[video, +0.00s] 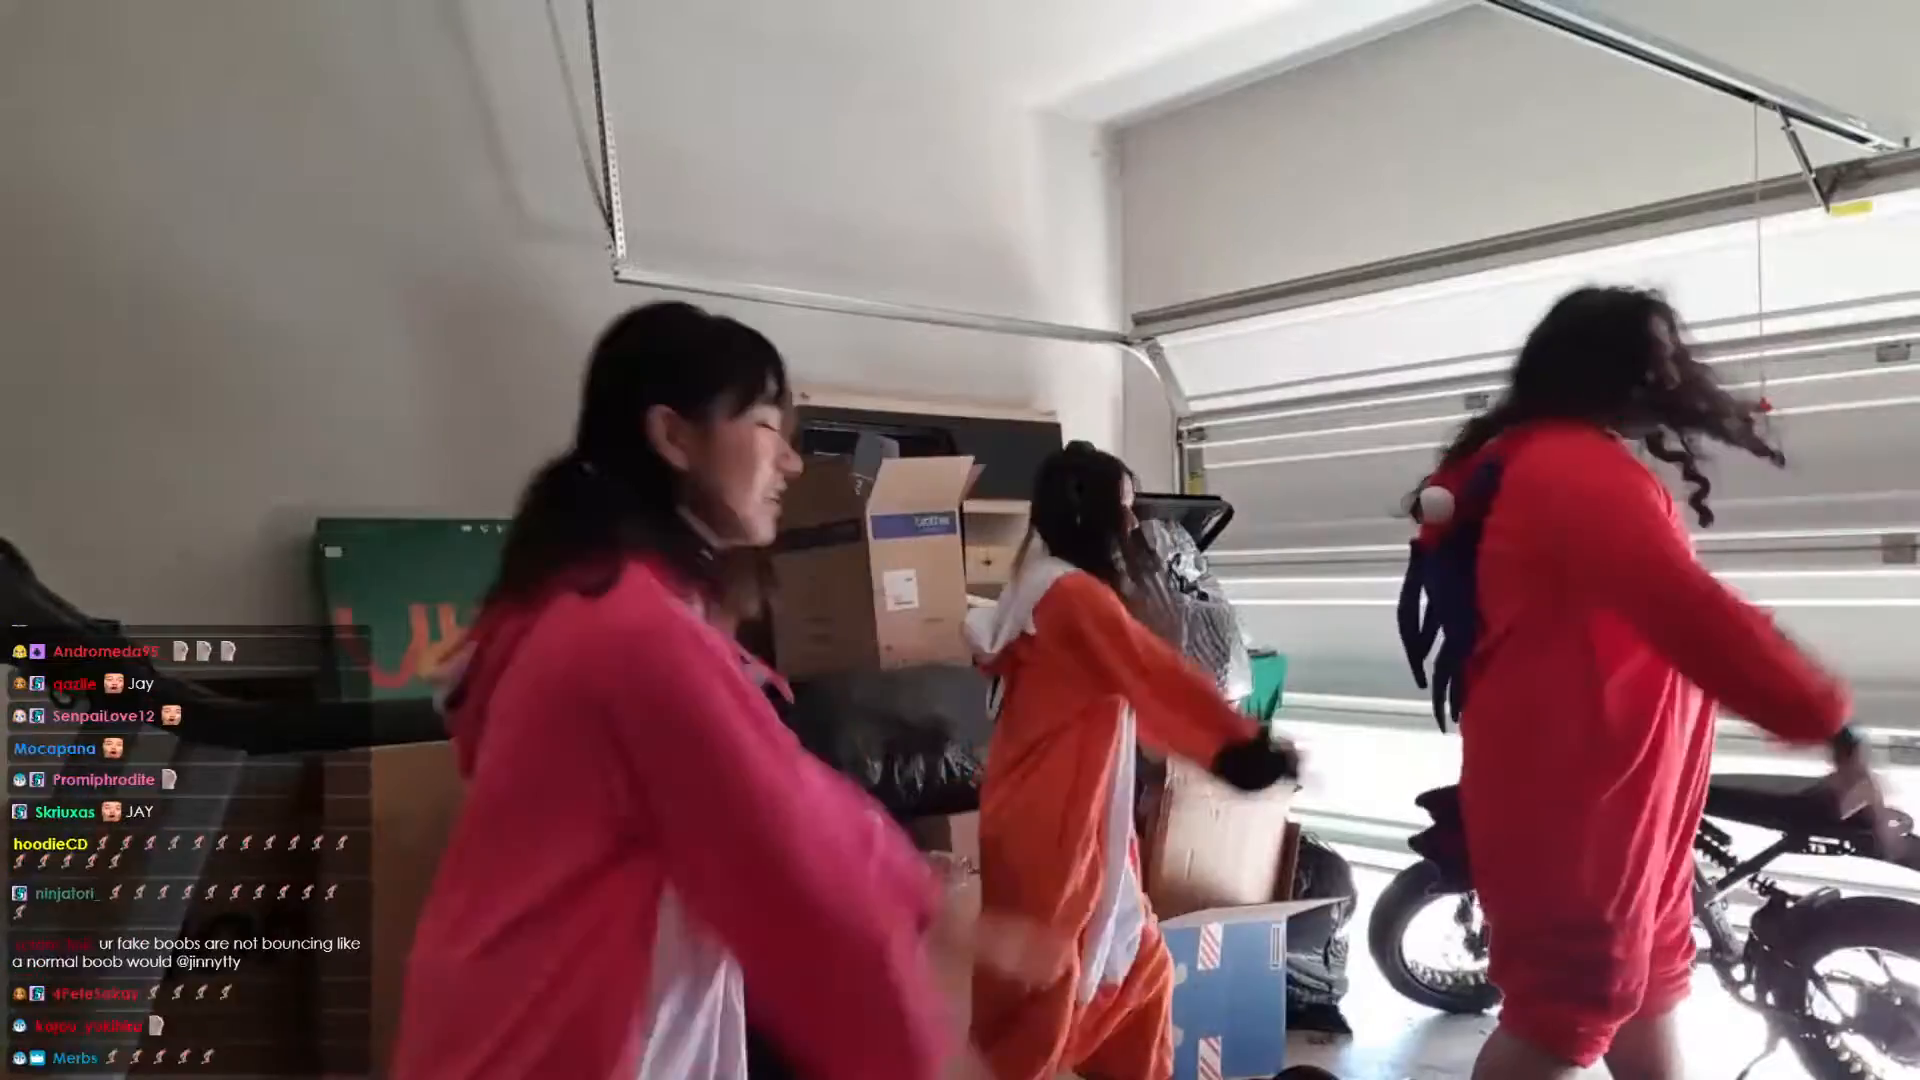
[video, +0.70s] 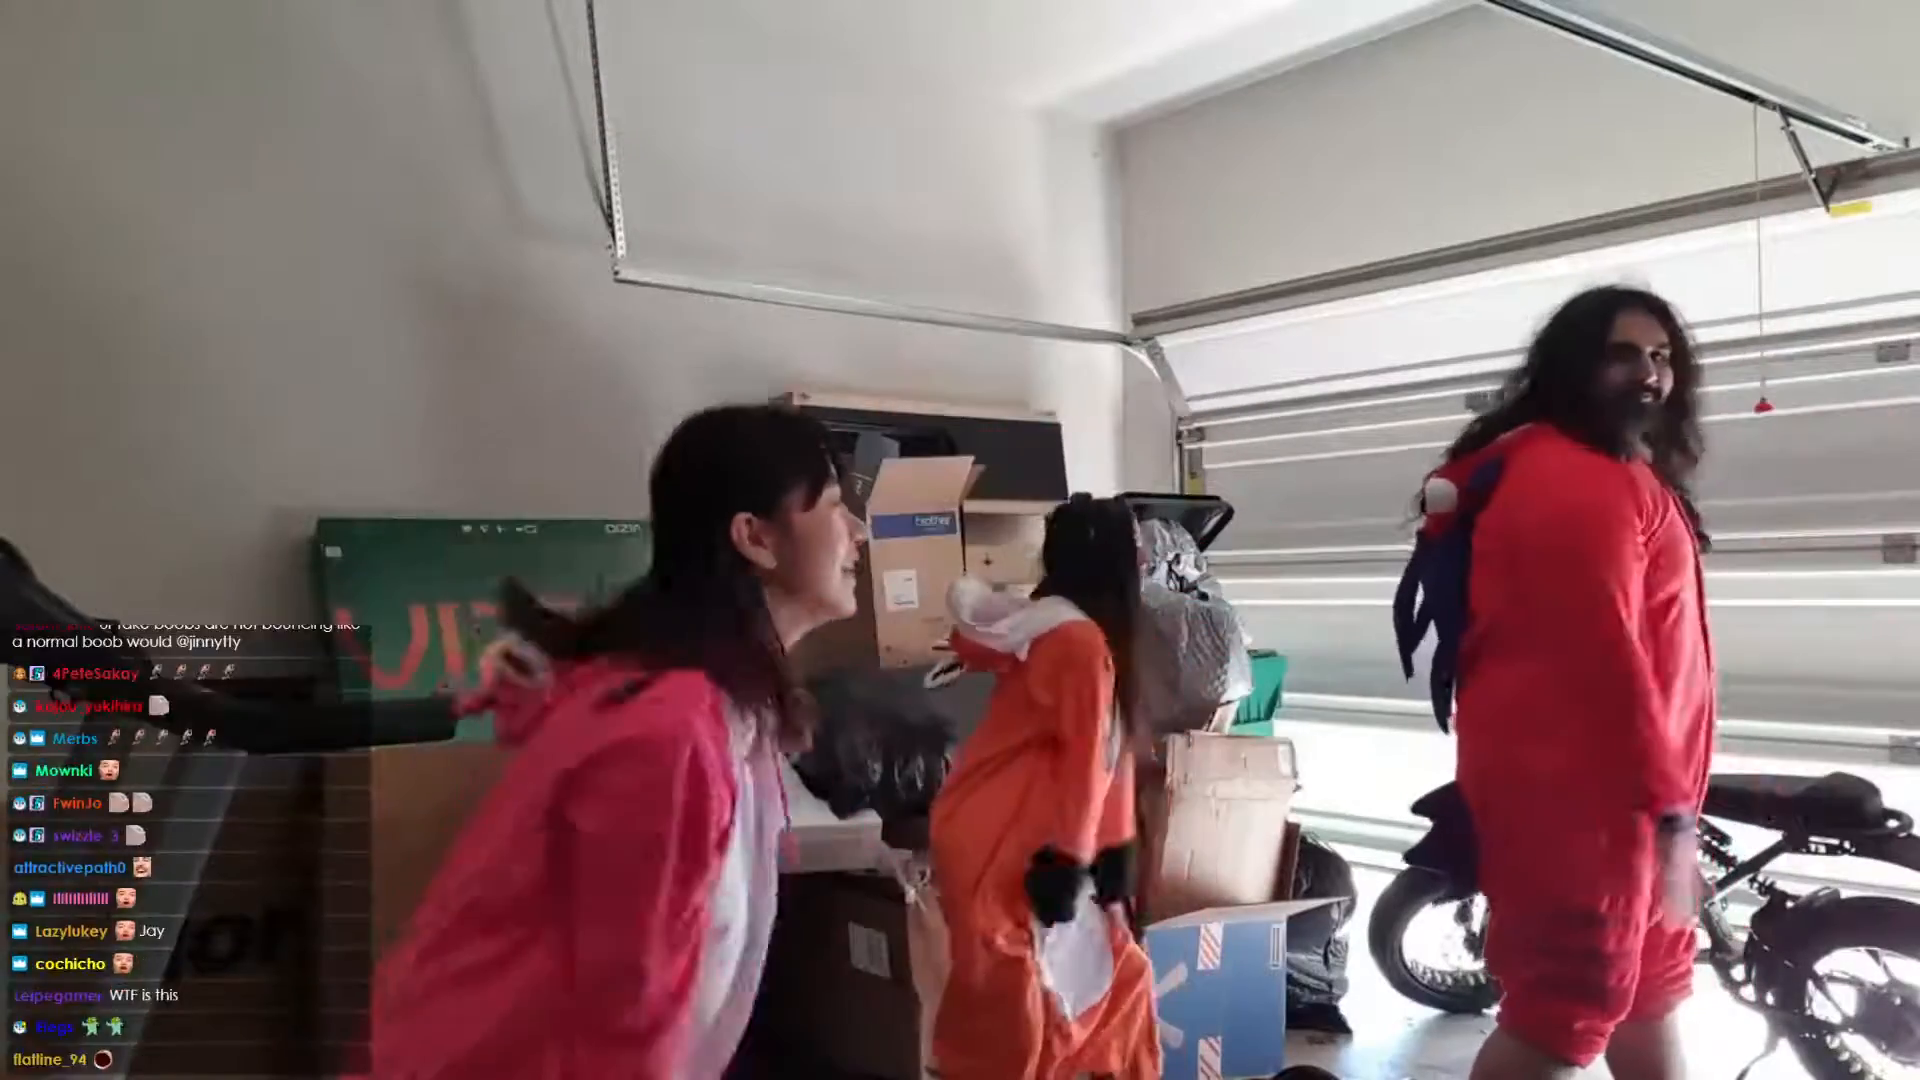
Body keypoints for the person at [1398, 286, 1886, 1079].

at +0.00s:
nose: (1675, 380)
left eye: (1673, 359)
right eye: (1661, 361)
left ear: (1562, 365)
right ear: (1622, 370)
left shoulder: (1591, 462)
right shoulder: (1572, 470)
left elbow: (1676, 603)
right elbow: (1690, 611)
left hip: (1633, 796)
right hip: (1569, 808)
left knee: (1646, 995)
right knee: (1561, 1020)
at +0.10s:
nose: (1646, 381)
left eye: (1646, 360)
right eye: (1630, 361)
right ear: (1579, 366)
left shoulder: (1584, 463)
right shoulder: (1539, 467)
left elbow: (1694, 486)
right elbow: (1731, 508)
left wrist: (1813, 461)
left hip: (1652, 789)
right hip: (1577, 805)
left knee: (1660, 990)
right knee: (1563, 1022)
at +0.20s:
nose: (1656, 392)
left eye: (1656, 375)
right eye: (1638, 375)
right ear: (1580, 380)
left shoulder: (1603, 463)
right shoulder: (1540, 471)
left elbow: (1674, 427)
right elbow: (1746, 438)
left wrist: (1739, 327)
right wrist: (1869, 304)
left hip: (1663, 774)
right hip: (1584, 790)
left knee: (1696, 982)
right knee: (1591, 1020)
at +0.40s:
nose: (1666, 395)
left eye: (1665, 377)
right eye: (1648, 376)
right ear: (1592, 381)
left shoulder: (1597, 467)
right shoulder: (1543, 477)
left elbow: (1679, 415)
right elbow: (1739, 447)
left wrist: (1734, 325)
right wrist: (1835, 295)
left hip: (1657, 788)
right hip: (1590, 803)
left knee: (1700, 981)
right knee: (1602, 1025)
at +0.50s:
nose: (1634, 374)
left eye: (1639, 356)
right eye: (1613, 356)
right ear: (1558, 363)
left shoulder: (1589, 458)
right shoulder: (1537, 464)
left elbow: (1682, 493)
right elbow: (1721, 521)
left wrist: (1788, 450)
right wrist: (1893, 452)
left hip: (1652, 777)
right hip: (1580, 790)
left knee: (1665, 989)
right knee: (1572, 1016)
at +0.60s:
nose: (1632, 372)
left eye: (1643, 356)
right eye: (1608, 352)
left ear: (1656, 371)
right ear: (1555, 363)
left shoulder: (1605, 473)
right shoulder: (1552, 475)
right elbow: (1666, 609)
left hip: (1648, 789)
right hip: (1573, 797)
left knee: (1650, 999)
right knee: (1552, 1021)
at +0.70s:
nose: (1651, 375)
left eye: (1664, 358)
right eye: (1625, 355)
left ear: (1677, 375)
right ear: (1573, 366)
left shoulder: (1625, 476)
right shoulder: (1564, 480)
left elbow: (1659, 651)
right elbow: (1612, 663)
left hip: (1635, 790)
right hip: (1569, 790)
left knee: (1648, 1000)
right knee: (1556, 1021)